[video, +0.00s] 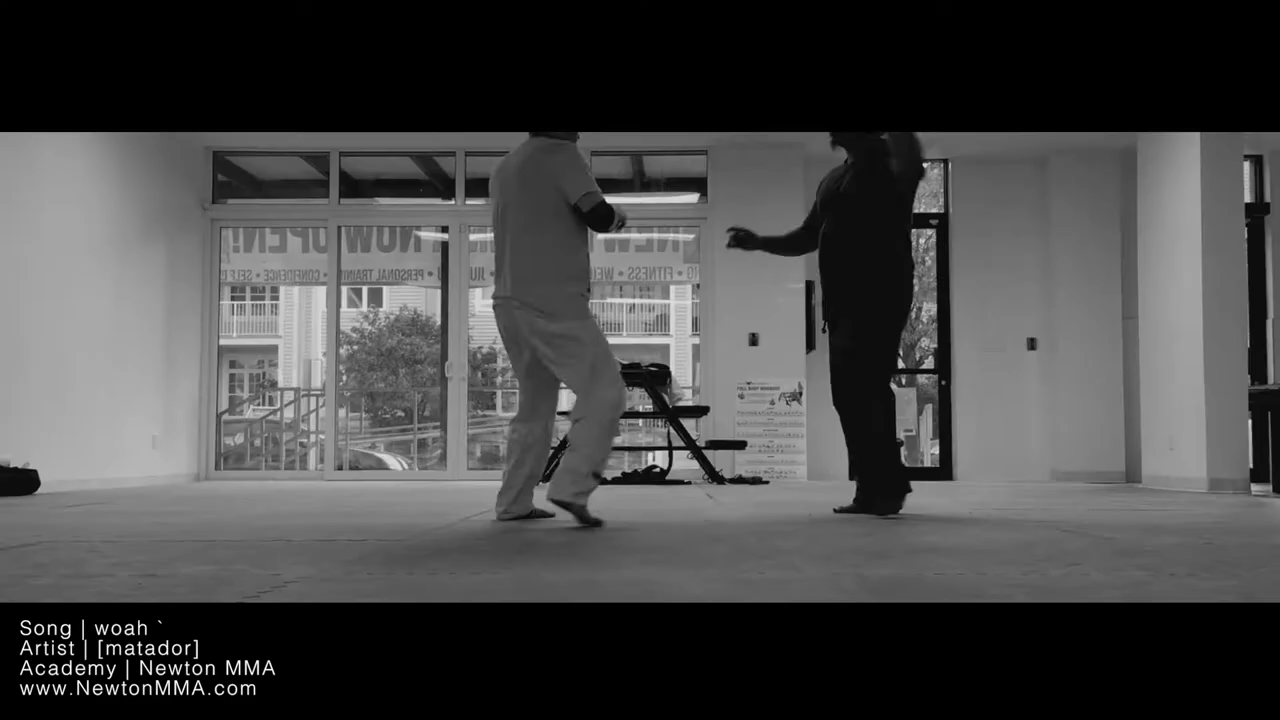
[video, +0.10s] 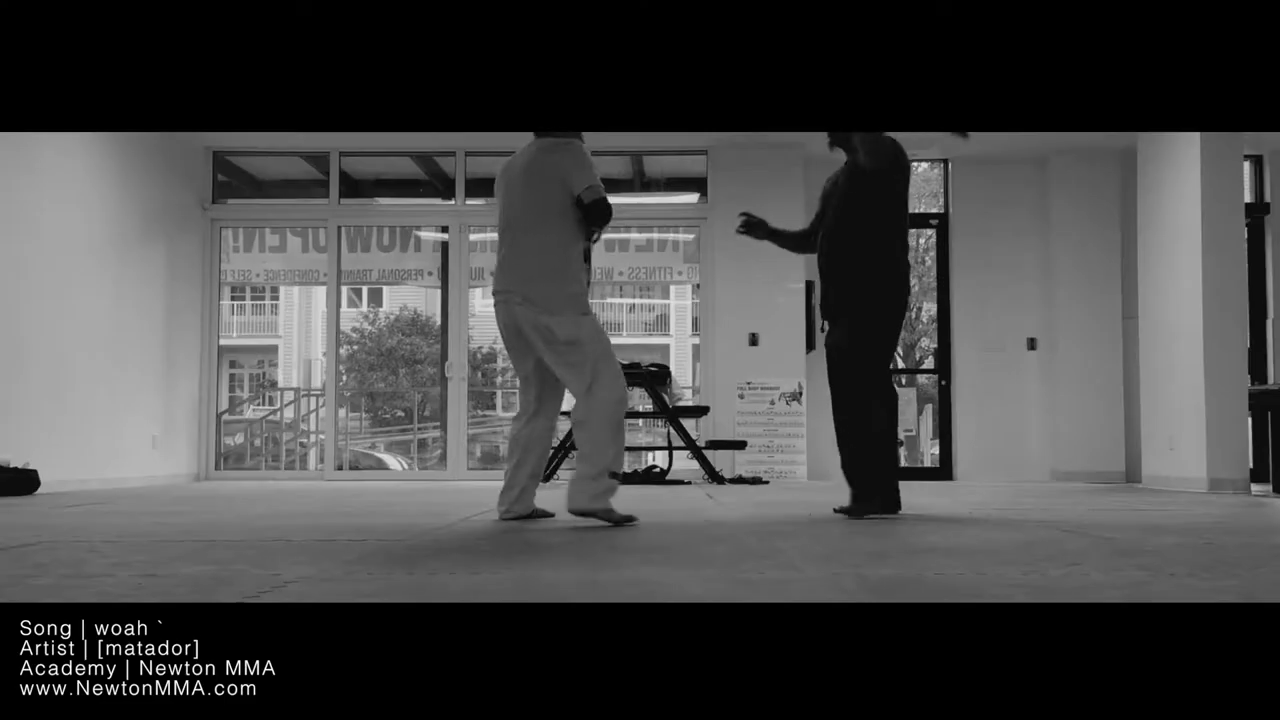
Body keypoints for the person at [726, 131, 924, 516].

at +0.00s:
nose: (834, 135)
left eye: (840, 133)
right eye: (838, 134)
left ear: (864, 132)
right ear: (845, 139)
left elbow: (910, 156)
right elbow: (807, 237)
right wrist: (759, 242)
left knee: (871, 390)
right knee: (848, 395)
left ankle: (889, 487)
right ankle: (870, 491)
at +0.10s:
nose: (827, 133)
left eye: (832, 129)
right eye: (830, 130)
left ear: (846, 130)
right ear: (846, 135)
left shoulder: (887, 158)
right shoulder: (838, 181)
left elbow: (875, 157)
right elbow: (812, 240)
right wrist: (767, 232)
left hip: (877, 303)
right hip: (845, 308)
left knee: (870, 393)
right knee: (850, 397)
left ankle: (881, 496)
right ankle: (865, 495)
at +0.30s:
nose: (825, 139)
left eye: (829, 136)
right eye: (827, 137)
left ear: (840, 132)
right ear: (866, 130)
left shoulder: (859, 153)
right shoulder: (871, 163)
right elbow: (839, 245)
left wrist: (765, 134)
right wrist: (790, 224)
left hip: (856, 298)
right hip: (872, 297)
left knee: (849, 394)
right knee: (871, 394)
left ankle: (853, 499)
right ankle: (878, 495)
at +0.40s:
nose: (821, 138)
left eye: (824, 135)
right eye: (823, 137)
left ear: (834, 130)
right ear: (862, 128)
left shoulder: (848, 151)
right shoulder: (872, 158)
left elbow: (779, 167)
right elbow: (844, 241)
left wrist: (713, 169)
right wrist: (801, 221)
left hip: (854, 298)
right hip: (874, 296)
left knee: (845, 394)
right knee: (871, 394)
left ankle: (853, 500)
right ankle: (878, 497)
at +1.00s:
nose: (814, 139)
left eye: (818, 136)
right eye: (814, 137)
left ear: (835, 129)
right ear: (832, 138)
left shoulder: (868, 148)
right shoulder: (832, 168)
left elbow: (816, 157)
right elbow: (810, 232)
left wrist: (754, 148)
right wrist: (771, 225)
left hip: (859, 300)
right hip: (838, 301)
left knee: (850, 399)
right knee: (854, 398)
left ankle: (854, 499)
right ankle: (873, 492)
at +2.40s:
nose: (785, 148)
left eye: (787, 139)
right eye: (784, 142)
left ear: (804, 137)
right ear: (818, 138)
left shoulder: (841, 168)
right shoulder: (832, 170)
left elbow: (816, 215)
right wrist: (785, 229)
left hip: (850, 312)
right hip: (838, 310)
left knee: (846, 400)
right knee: (842, 399)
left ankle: (850, 496)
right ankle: (854, 493)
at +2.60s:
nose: (781, 142)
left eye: (784, 135)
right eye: (780, 137)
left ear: (803, 134)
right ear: (807, 136)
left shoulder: (834, 167)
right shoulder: (813, 170)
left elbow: (805, 233)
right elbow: (819, 234)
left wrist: (733, 227)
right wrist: (780, 221)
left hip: (858, 305)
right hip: (838, 303)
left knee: (853, 395)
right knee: (845, 395)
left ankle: (852, 496)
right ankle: (858, 491)